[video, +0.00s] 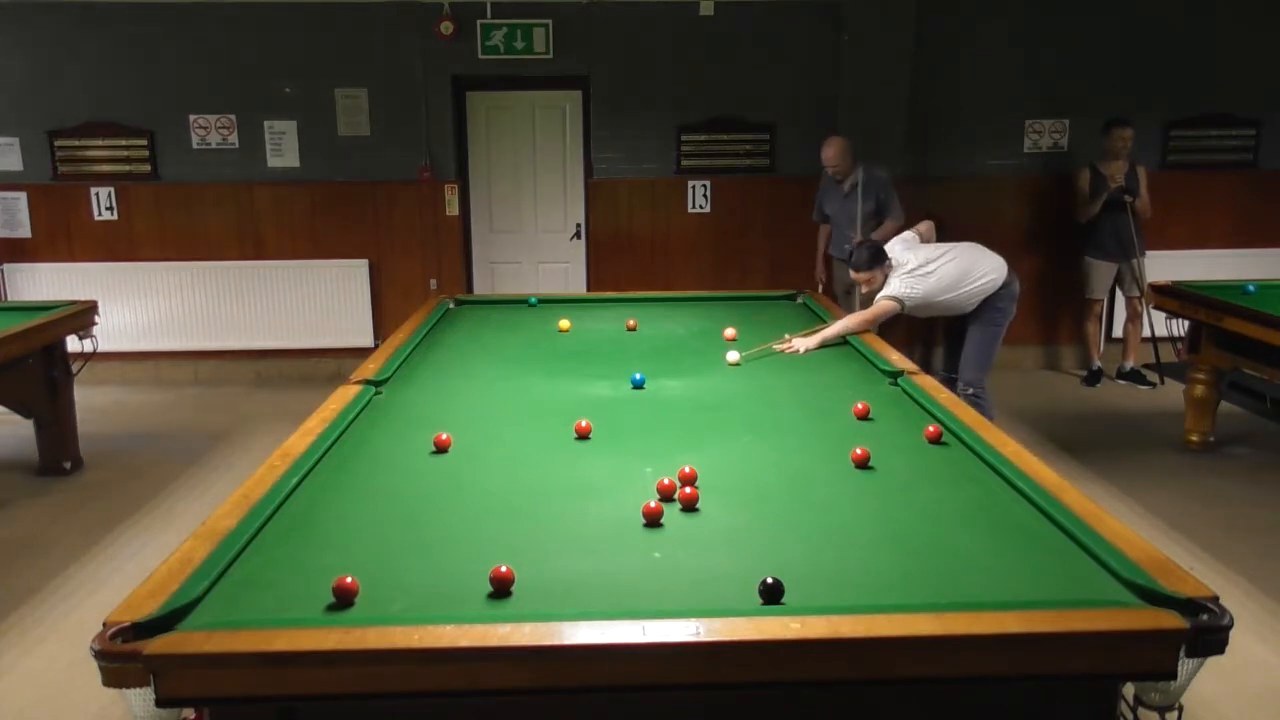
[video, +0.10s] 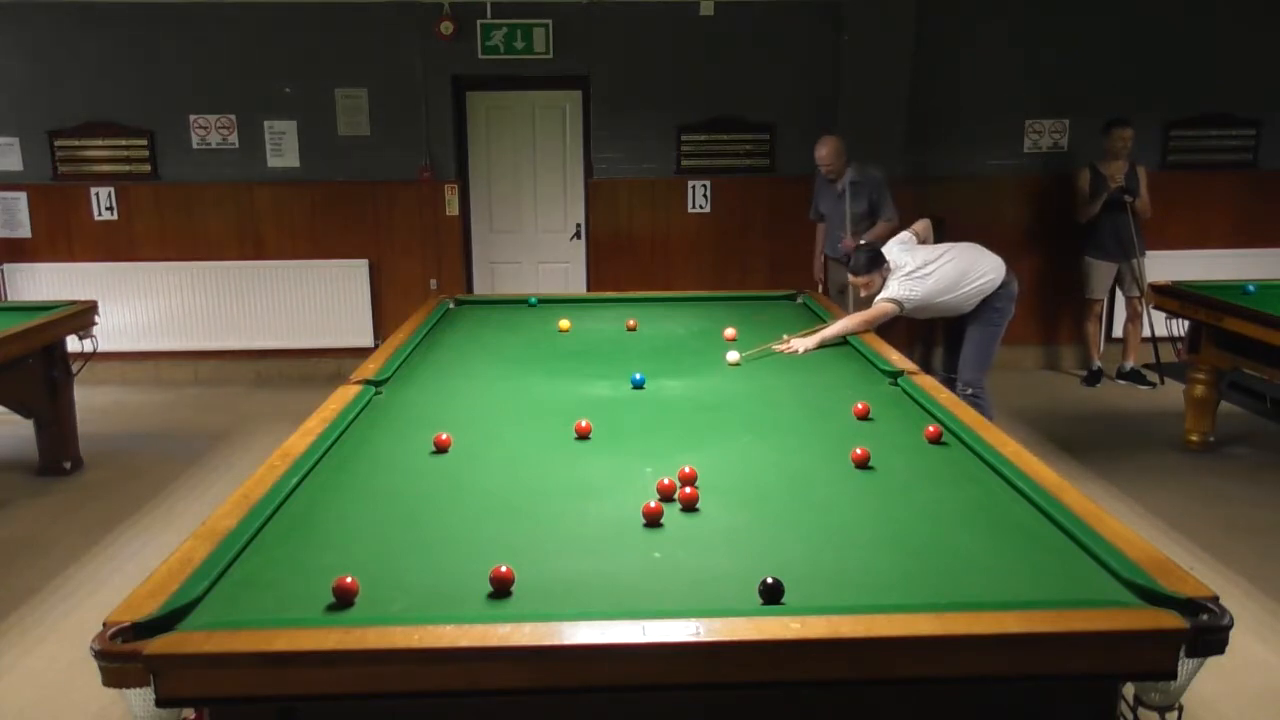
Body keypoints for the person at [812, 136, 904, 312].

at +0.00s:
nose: (831, 172)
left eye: (836, 167)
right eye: (827, 167)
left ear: (849, 161)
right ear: (823, 163)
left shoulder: (875, 179)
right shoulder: (827, 182)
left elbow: (896, 217)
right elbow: (825, 223)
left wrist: (871, 241)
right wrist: (820, 263)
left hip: (869, 261)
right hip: (840, 262)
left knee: (868, 318)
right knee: (845, 316)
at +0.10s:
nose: (825, 171)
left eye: (829, 166)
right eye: (820, 166)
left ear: (843, 159)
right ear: (817, 163)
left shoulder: (869, 179)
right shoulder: (822, 182)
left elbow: (890, 219)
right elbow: (821, 222)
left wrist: (861, 241)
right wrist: (818, 260)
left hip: (863, 264)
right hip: (834, 264)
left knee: (862, 323)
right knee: (837, 320)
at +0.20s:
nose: (817, 171)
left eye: (822, 166)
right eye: (813, 166)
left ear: (836, 158)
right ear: (809, 164)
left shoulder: (863, 178)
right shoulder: (817, 182)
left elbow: (883, 221)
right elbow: (818, 222)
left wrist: (852, 243)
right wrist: (813, 258)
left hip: (858, 268)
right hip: (828, 266)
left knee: (858, 329)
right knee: (826, 325)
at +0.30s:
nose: (806, 172)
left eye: (811, 166)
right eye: (803, 167)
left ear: (826, 159)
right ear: (800, 163)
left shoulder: (854, 179)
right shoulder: (811, 181)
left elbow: (873, 224)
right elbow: (813, 223)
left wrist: (839, 249)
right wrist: (807, 256)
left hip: (850, 268)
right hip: (821, 266)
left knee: (849, 328)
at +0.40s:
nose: (795, 172)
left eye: (799, 167)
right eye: (792, 167)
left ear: (815, 159)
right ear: (789, 164)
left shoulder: (844, 179)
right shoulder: (802, 181)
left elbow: (861, 224)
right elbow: (809, 222)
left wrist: (830, 254)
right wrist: (800, 255)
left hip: (843, 267)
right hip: (814, 267)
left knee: (843, 329)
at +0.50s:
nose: (781, 173)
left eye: (786, 167)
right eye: (779, 168)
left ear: (801, 160)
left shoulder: (831, 179)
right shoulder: (789, 183)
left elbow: (849, 225)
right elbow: (802, 226)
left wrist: (819, 260)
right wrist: (793, 258)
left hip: (834, 268)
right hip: (806, 268)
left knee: (834, 330)